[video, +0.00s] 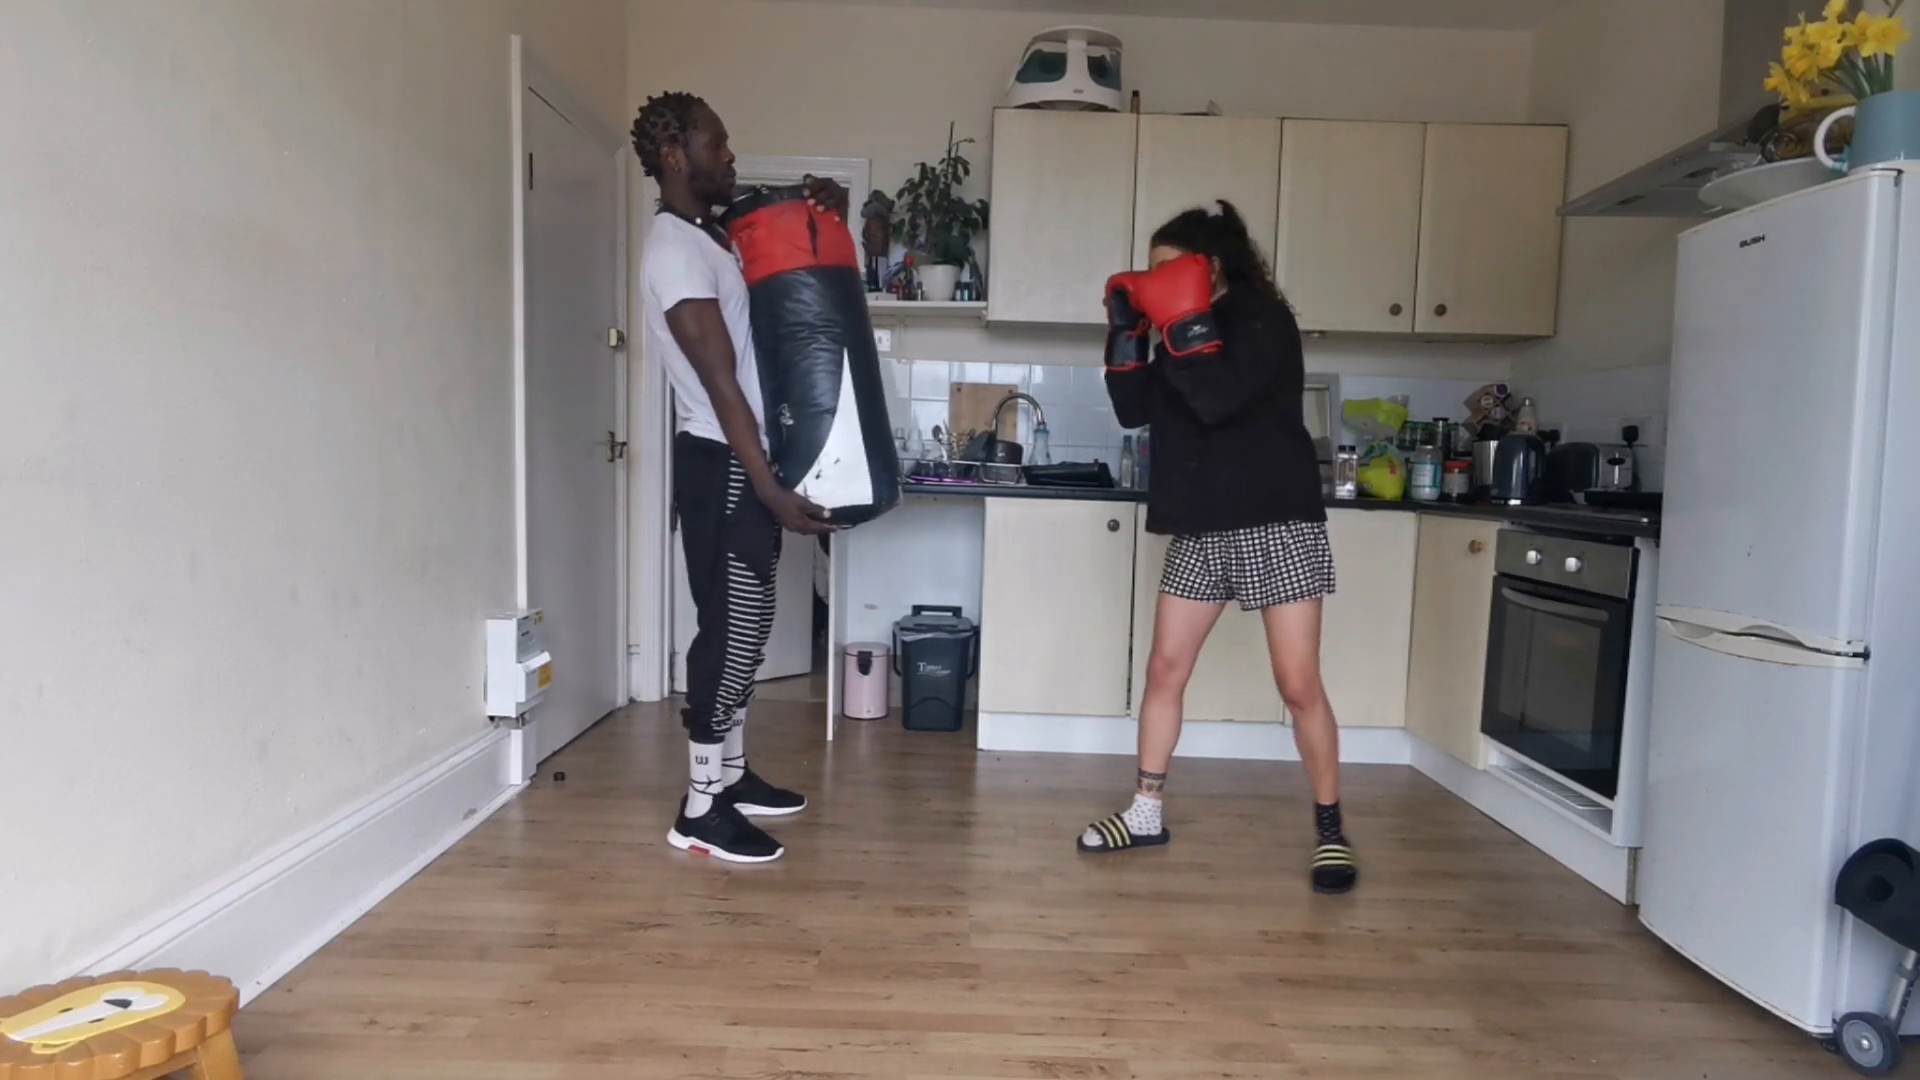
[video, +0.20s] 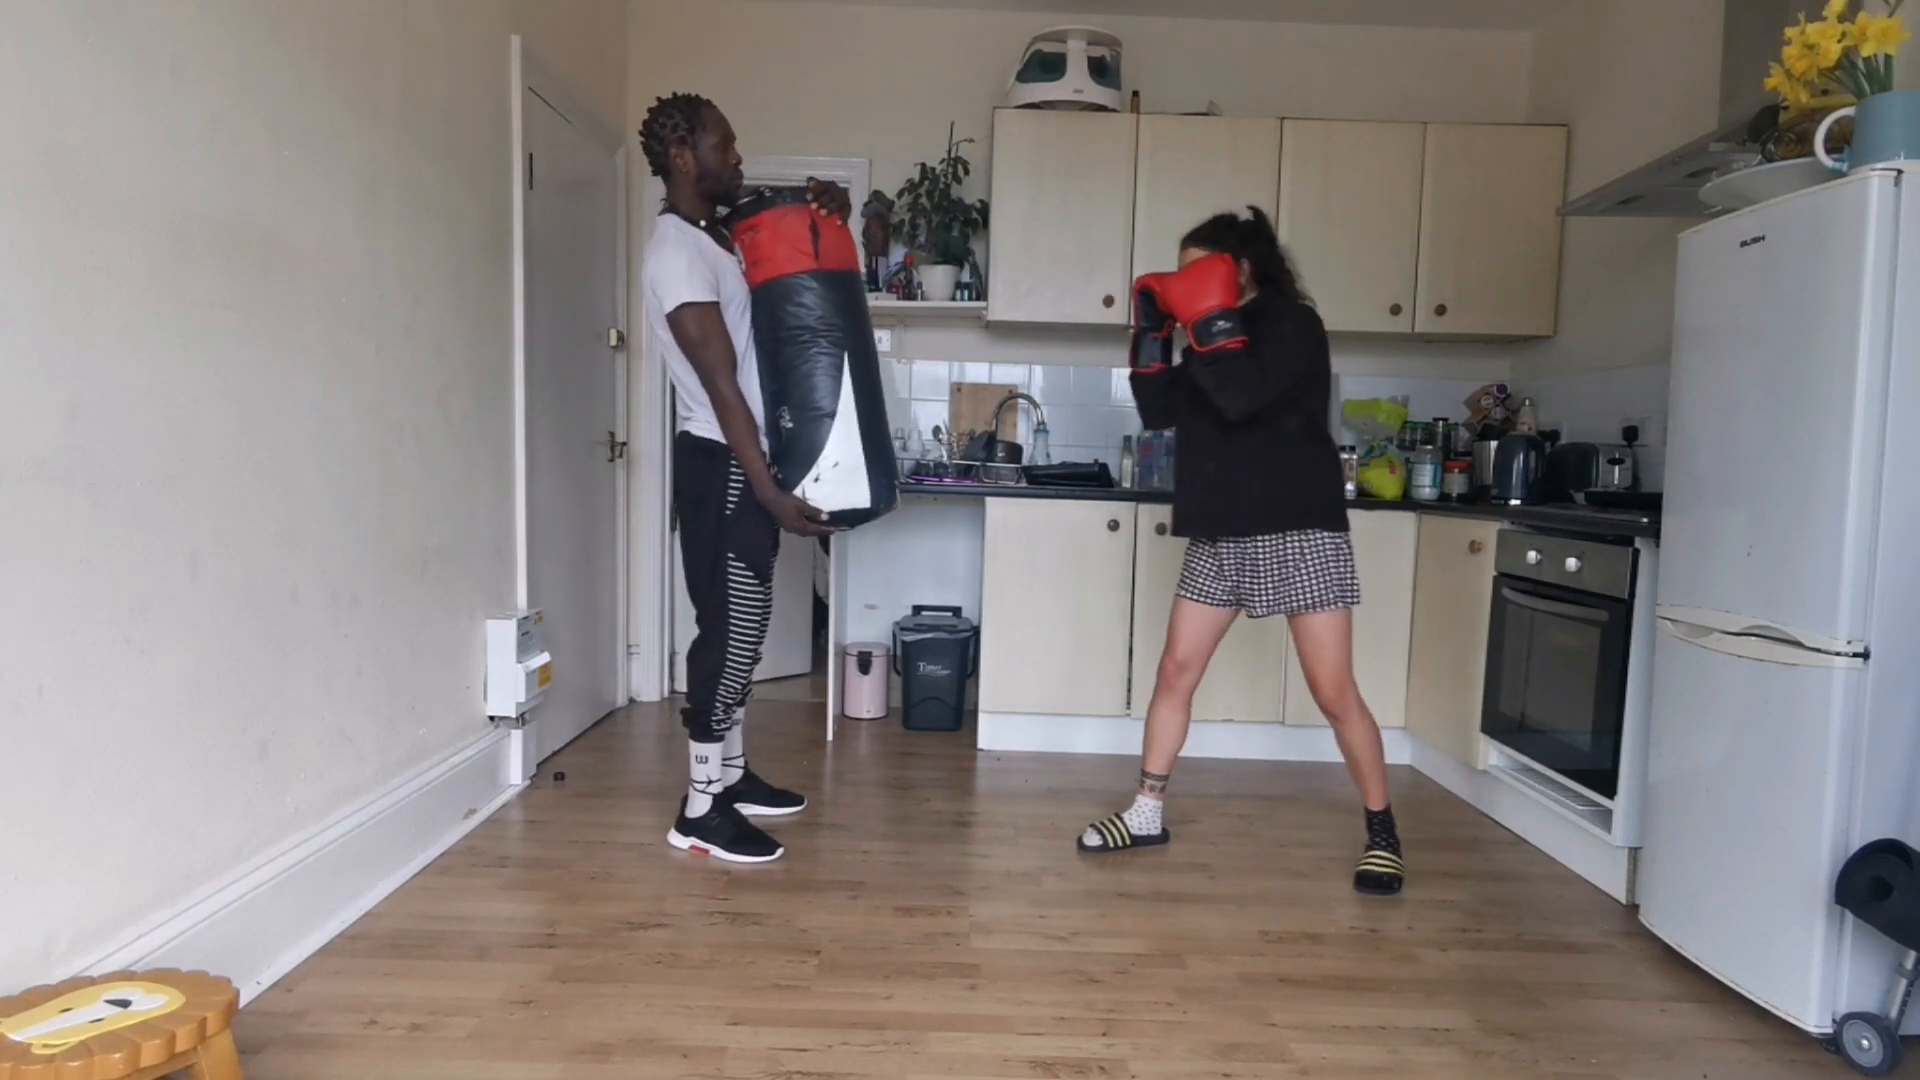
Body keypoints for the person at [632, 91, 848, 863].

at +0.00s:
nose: (730, 155)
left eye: (727, 142)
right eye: (716, 143)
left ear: (681, 155)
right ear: (672, 153)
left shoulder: (707, 236)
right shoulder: (672, 243)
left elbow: (781, 289)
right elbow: (718, 377)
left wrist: (819, 214)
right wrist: (770, 484)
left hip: (745, 450)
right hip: (717, 454)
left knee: (743, 617)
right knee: (735, 621)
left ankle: (727, 775)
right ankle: (703, 805)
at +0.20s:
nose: (738, 160)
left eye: (735, 146)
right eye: (724, 146)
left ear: (688, 156)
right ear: (680, 154)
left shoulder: (711, 238)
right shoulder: (675, 245)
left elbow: (783, 303)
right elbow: (719, 379)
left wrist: (819, 220)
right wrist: (770, 486)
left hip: (743, 451)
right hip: (717, 455)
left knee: (739, 621)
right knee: (735, 624)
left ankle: (728, 775)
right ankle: (703, 805)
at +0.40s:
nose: (741, 162)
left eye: (737, 148)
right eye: (727, 148)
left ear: (692, 158)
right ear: (684, 156)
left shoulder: (713, 239)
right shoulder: (676, 247)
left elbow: (785, 300)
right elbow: (721, 379)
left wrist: (820, 219)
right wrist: (771, 484)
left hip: (746, 451)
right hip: (719, 455)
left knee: (738, 619)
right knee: (732, 622)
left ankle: (727, 774)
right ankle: (703, 804)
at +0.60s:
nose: (741, 163)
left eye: (738, 149)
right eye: (728, 149)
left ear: (691, 159)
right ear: (683, 157)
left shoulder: (712, 241)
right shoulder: (676, 247)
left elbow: (781, 310)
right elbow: (720, 379)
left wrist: (818, 224)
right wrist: (769, 484)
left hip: (745, 452)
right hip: (718, 456)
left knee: (737, 622)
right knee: (731, 626)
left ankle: (727, 775)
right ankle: (702, 804)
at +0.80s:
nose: (742, 164)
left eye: (739, 150)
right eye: (728, 150)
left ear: (692, 161)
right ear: (684, 159)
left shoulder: (715, 241)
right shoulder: (678, 247)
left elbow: (782, 315)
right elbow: (719, 380)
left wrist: (820, 228)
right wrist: (770, 488)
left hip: (743, 451)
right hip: (717, 455)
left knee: (735, 622)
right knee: (729, 626)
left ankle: (726, 775)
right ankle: (702, 805)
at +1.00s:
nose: (742, 167)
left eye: (741, 152)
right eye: (728, 153)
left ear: (697, 162)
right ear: (682, 162)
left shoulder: (718, 244)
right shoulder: (679, 249)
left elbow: (789, 317)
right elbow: (721, 380)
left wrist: (827, 232)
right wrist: (770, 487)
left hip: (745, 453)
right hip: (718, 457)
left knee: (736, 623)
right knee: (729, 626)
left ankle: (728, 775)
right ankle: (702, 805)